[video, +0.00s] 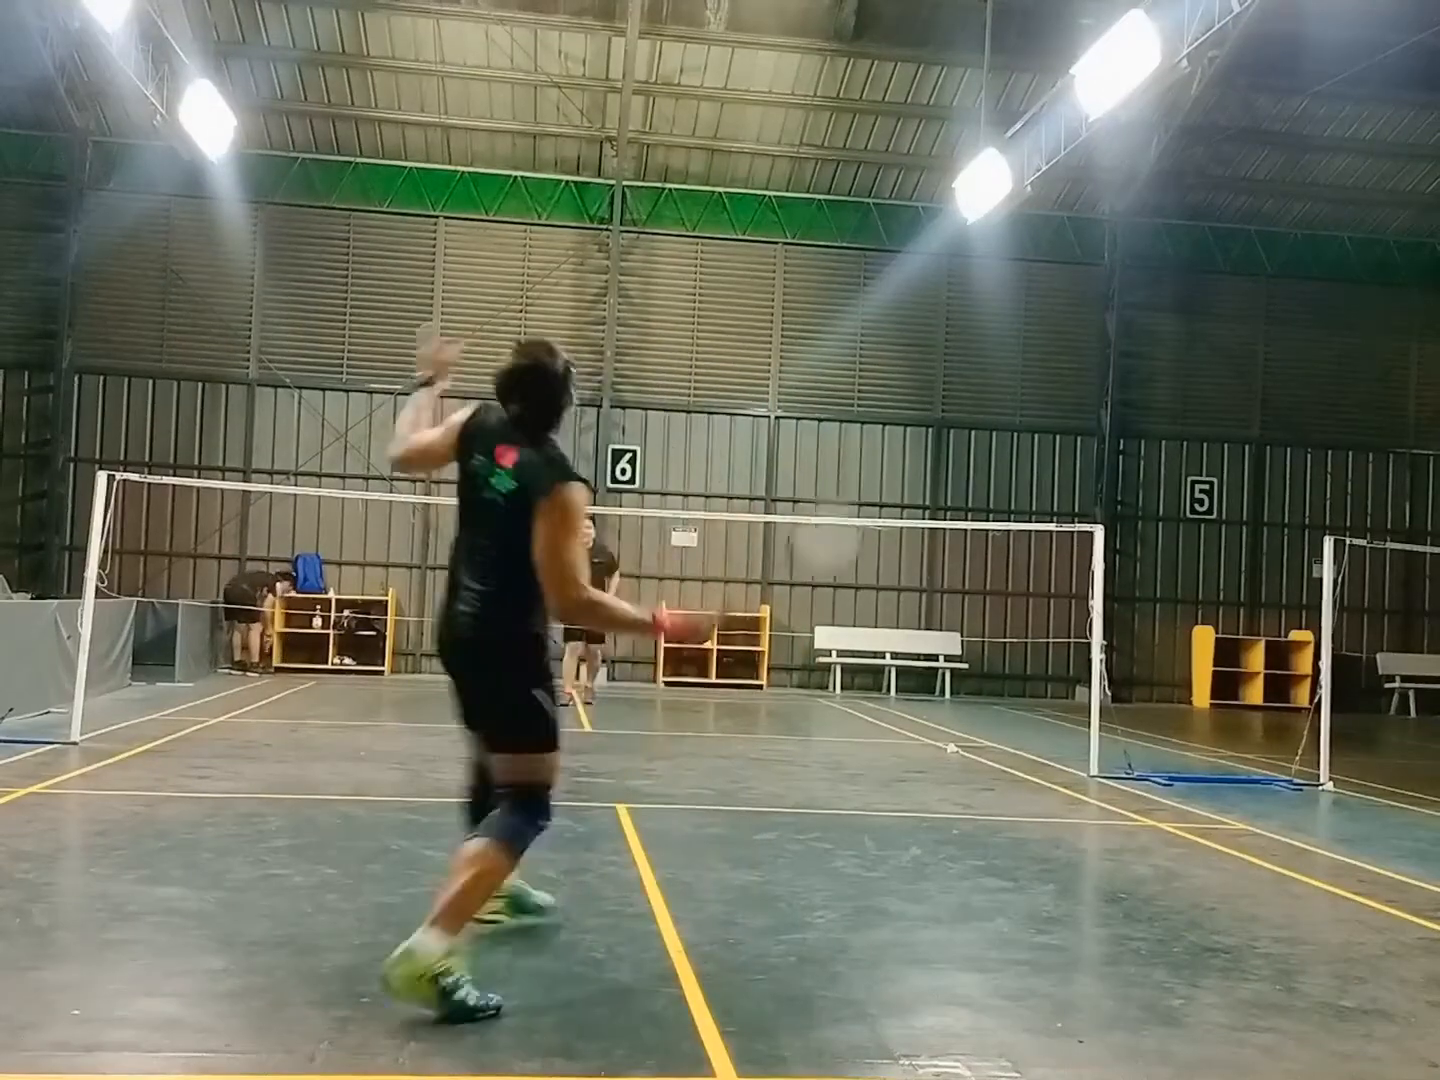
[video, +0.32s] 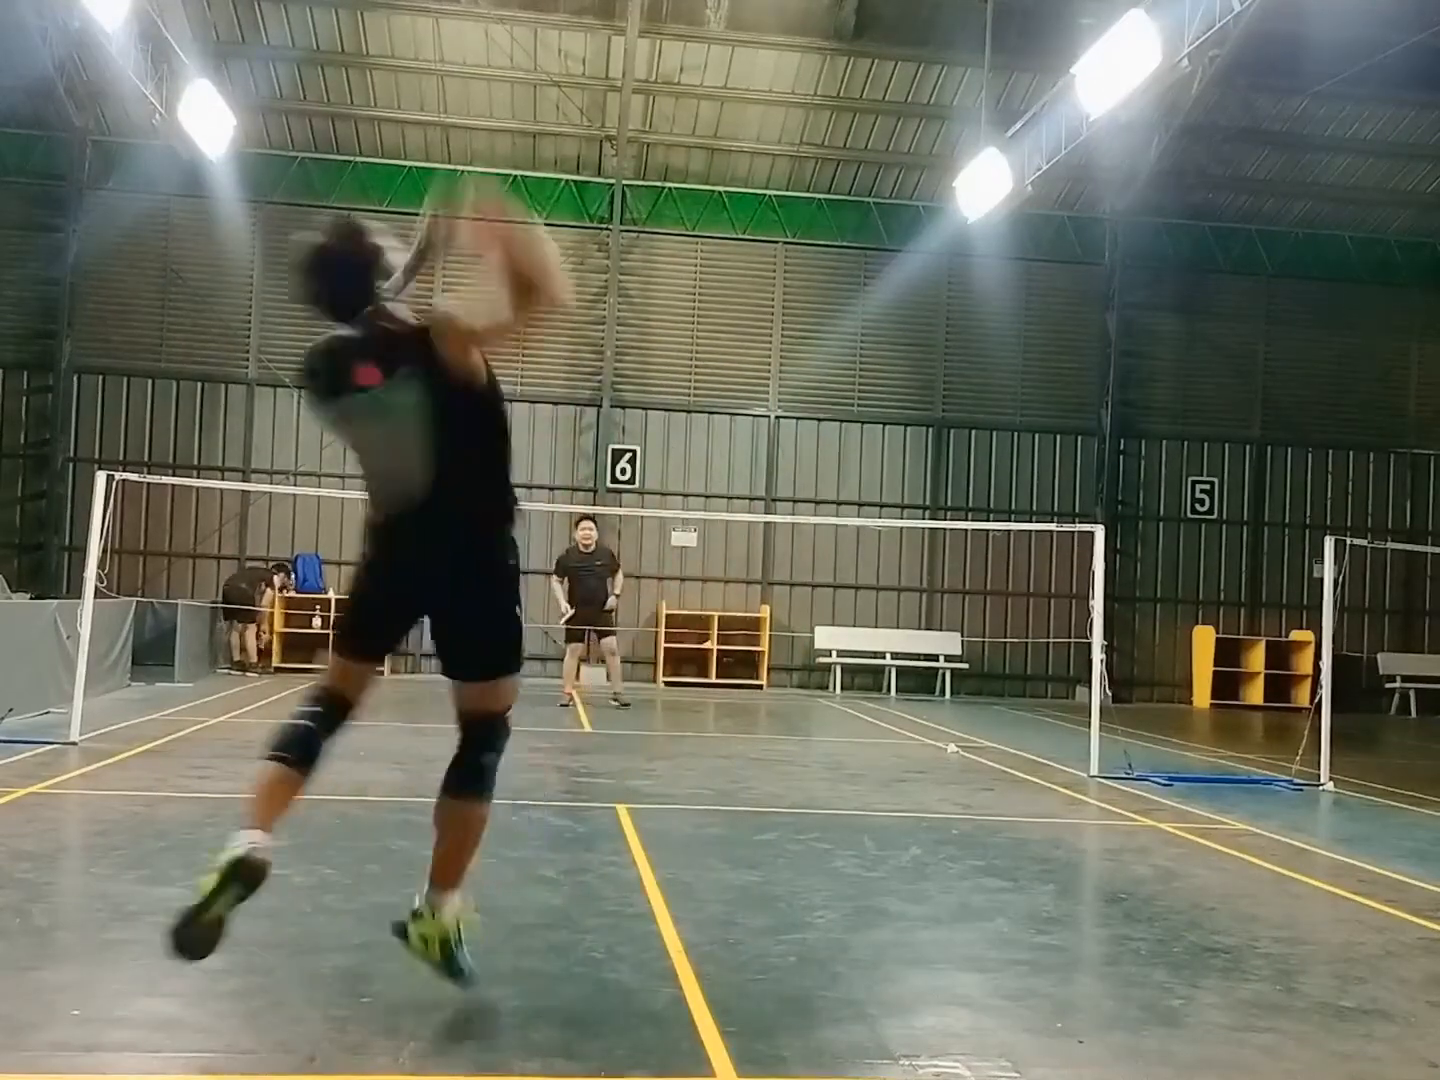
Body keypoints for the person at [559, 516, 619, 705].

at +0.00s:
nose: (585, 534)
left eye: (588, 529)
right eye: (581, 529)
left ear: (595, 531)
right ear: (574, 533)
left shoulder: (603, 553)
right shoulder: (568, 556)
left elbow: (614, 574)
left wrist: (609, 596)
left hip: (596, 611)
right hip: (573, 611)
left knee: (593, 652)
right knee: (572, 650)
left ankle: (589, 686)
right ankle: (568, 688)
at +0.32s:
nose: (587, 533)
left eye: (590, 529)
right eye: (582, 529)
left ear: (596, 533)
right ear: (575, 533)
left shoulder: (606, 554)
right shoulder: (567, 558)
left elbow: (618, 574)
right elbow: (556, 580)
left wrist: (615, 595)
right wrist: (562, 602)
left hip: (602, 611)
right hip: (577, 611)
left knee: (611, 649)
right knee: (573, 651)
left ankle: (618, 692)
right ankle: (567, 693)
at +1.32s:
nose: (597, 535)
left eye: (602, 533)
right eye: (594, 533)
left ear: (609, 540)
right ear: (590, 539)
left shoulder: (615, 560)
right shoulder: (585, 564)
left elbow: (631, 584)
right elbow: (579, 591)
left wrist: (618, 564)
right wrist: (570, 580)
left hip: (609, 614)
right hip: (590, 613)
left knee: (606, 650)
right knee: (577, 652)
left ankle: (612, 695)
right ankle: (578, 684)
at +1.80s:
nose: (587, 536)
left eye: (592, 533)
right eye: (585, 533)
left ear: (599, 540)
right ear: (580, 539)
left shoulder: (604, 553)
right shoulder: (580, 563)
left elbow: (619, 568)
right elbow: (572, 590)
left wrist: (614, 547)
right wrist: (564, 571)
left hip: (598, 609)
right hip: (581, 611)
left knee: (597, 646)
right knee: (565, 649)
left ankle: (613, 679)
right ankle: (577, 687)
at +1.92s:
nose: (595, 530)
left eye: (600, 527)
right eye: (594, 527)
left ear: (610, 534)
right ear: (590, 532)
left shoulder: (611, 550)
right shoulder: (581, 554)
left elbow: (626, 566)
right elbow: (563, 565)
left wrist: (624, 544)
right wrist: (570, 549)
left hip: (599, 603)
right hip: (579, 602)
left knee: (601, 644)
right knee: (574, 645)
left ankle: (611, 673)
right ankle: (577, 685)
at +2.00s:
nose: (608, 536)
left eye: (611, 534)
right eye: (607, 533)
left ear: (615, 535)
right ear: (602, 532)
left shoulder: (616, 550)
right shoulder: (586, 546)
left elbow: (627, 561)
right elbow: (566, 540)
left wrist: (623, 539)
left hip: (602, 599)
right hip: (581, 597)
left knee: (606, 640)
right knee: (574, 641)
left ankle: (612, 668)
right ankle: (574, 681)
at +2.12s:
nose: (621, 535)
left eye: (623, 533)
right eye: (617, 532)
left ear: (628, 540)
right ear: (609, 533)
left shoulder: (625, 558)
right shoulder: (595, 546)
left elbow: (617, 557)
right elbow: (583, 529)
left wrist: (605, 537)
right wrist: (576, 511)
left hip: (607, 603)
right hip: (587, 600)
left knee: (608, 644)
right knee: (575, 638)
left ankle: (609, 680)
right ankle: (571, 677)